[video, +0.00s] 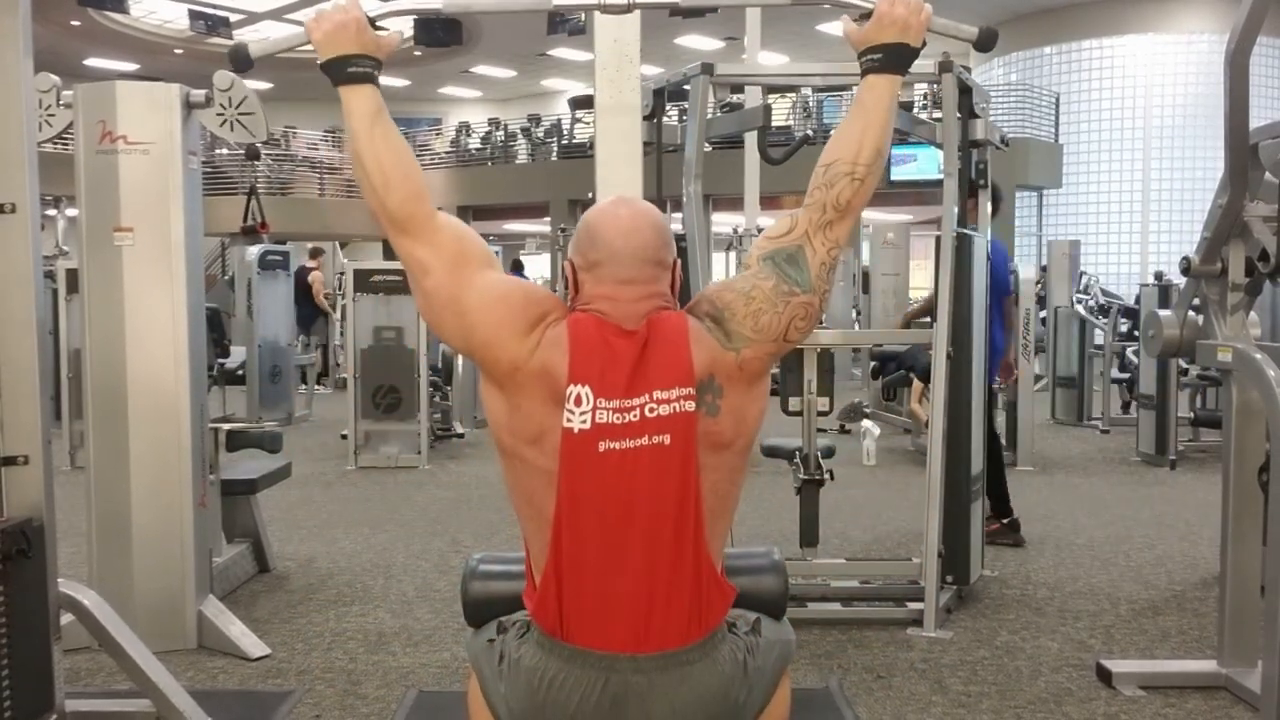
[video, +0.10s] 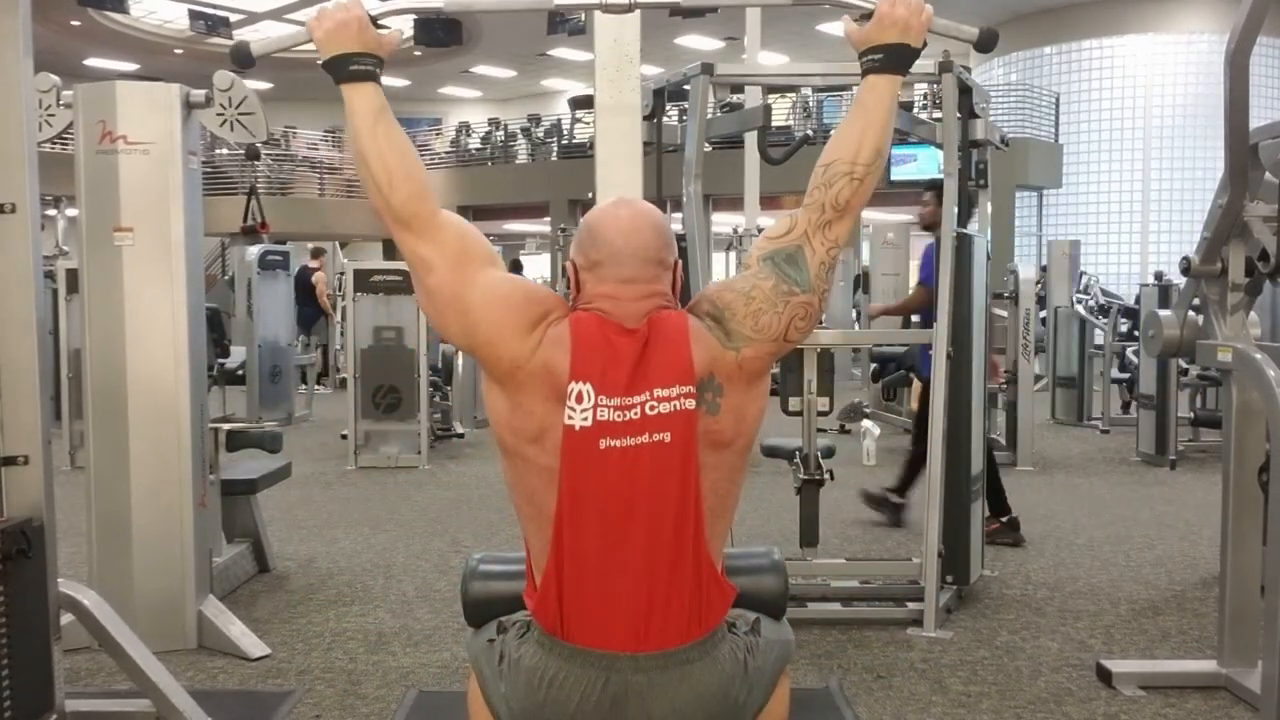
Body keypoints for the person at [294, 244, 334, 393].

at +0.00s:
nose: (322, 261)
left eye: (322, 258)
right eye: (322, 258)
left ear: (309, 257)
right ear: (319, 258)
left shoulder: (299, 270)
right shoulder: (316, 275)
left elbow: (303, 293)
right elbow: (318, 297)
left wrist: (322, 293)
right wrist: (330, 311)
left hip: (302, 313)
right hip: (315, 314)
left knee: (303, 347)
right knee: (317, 348)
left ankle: (303, 381)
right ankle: (316, 382)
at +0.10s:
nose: (324, 260)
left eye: (324, 258)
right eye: (324, 258)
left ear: (311, 257)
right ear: (321, 258)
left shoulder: (301, 270)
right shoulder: (319, 275)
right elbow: (321, 298)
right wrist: (331, 313)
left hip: (302, 311)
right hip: (316, 313)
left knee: (303, 346)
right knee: (317, 347)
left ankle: (302, 381)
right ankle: (315, 381)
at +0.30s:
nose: (328, 261)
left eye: (327, 258)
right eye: (328, 258)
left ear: (315, 257)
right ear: (326, 258)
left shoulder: (304, 270)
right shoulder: (324, 276)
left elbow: (299, 290)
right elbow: (326, 298)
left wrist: (303, 305)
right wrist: (333, 314)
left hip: (303, 312)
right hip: (319, 314)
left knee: (303, 346)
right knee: (322, 347)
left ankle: (303, 380)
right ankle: (319, 380)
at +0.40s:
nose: (329, 261)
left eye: (328, 258)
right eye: (329, 258)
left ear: (316, 257)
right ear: (327, 258)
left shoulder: (305, 270)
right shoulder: (326, 276)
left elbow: (301, 291)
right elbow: (328, 298)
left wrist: (304, 306)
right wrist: (334, 313)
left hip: (304, 312)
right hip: (321, 314)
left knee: (304, 346)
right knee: (326, 346)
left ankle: (304, 380)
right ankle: (323, 378)